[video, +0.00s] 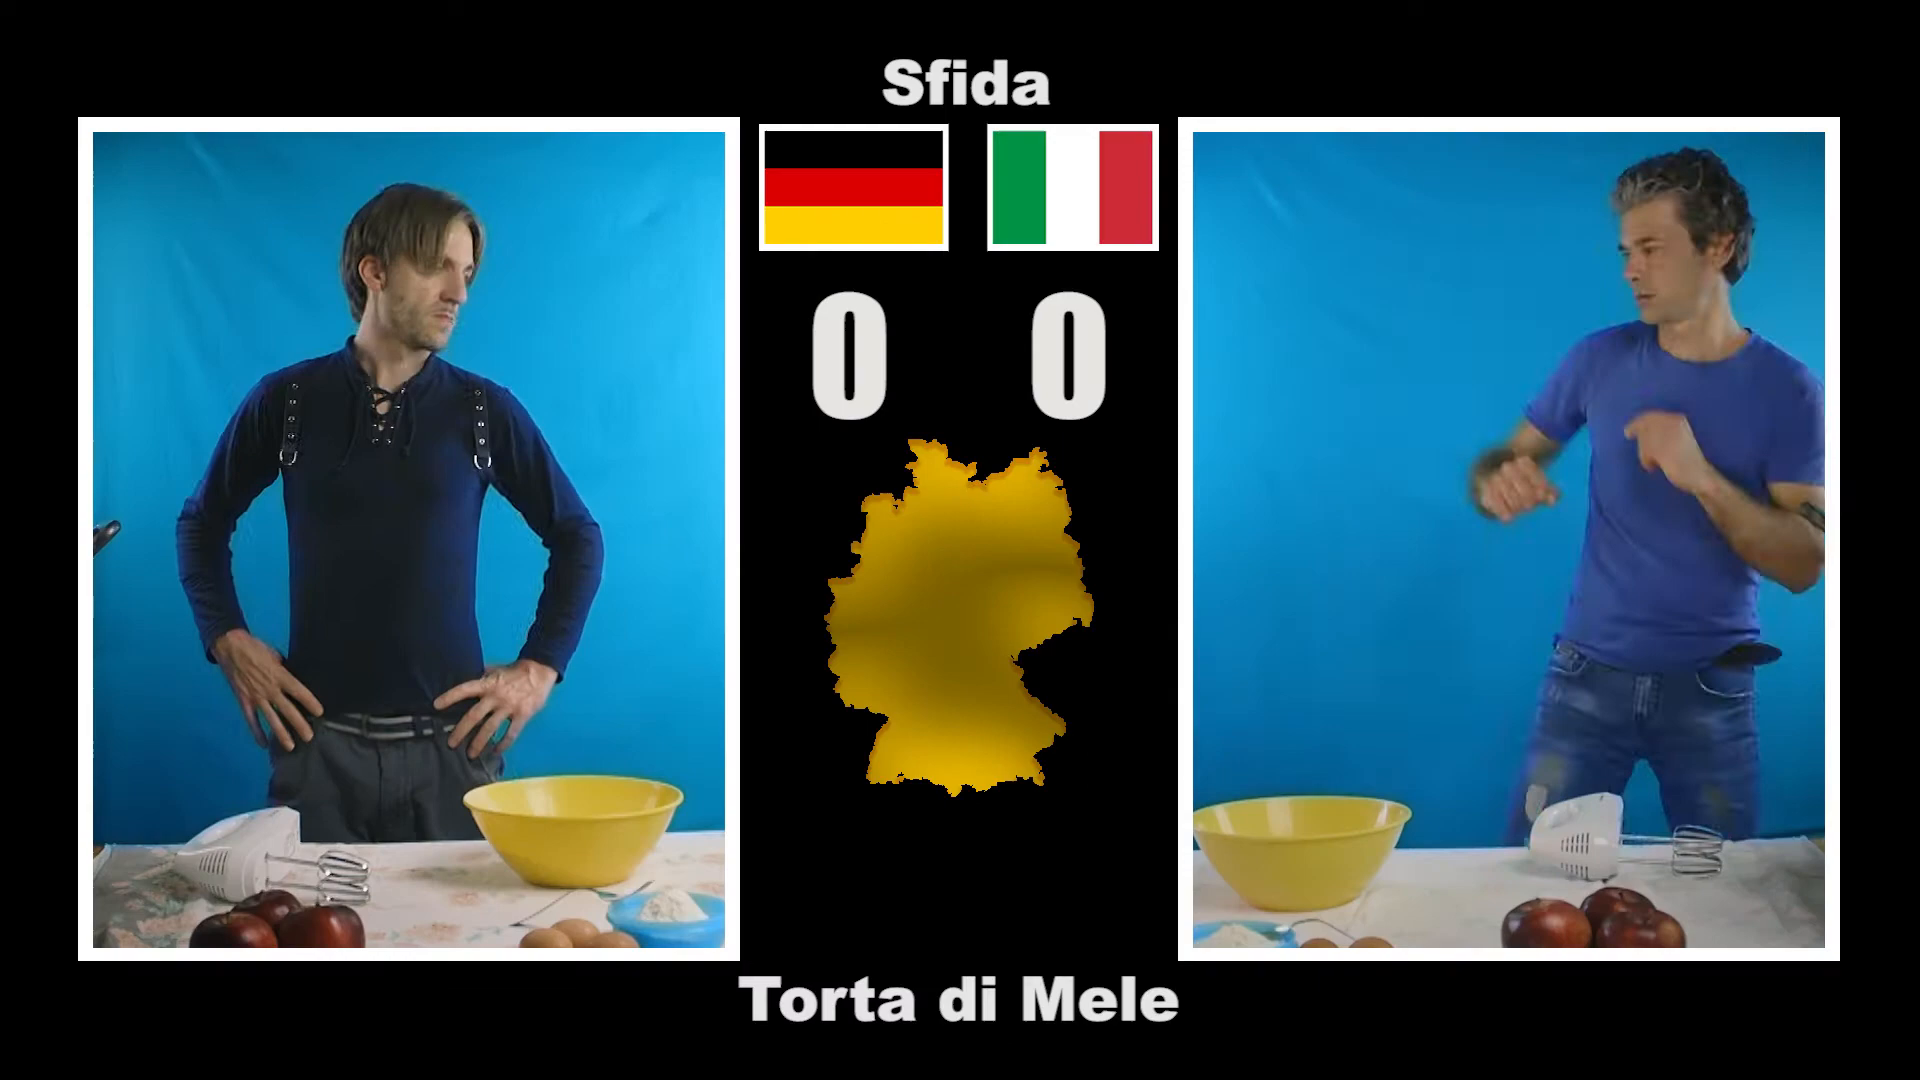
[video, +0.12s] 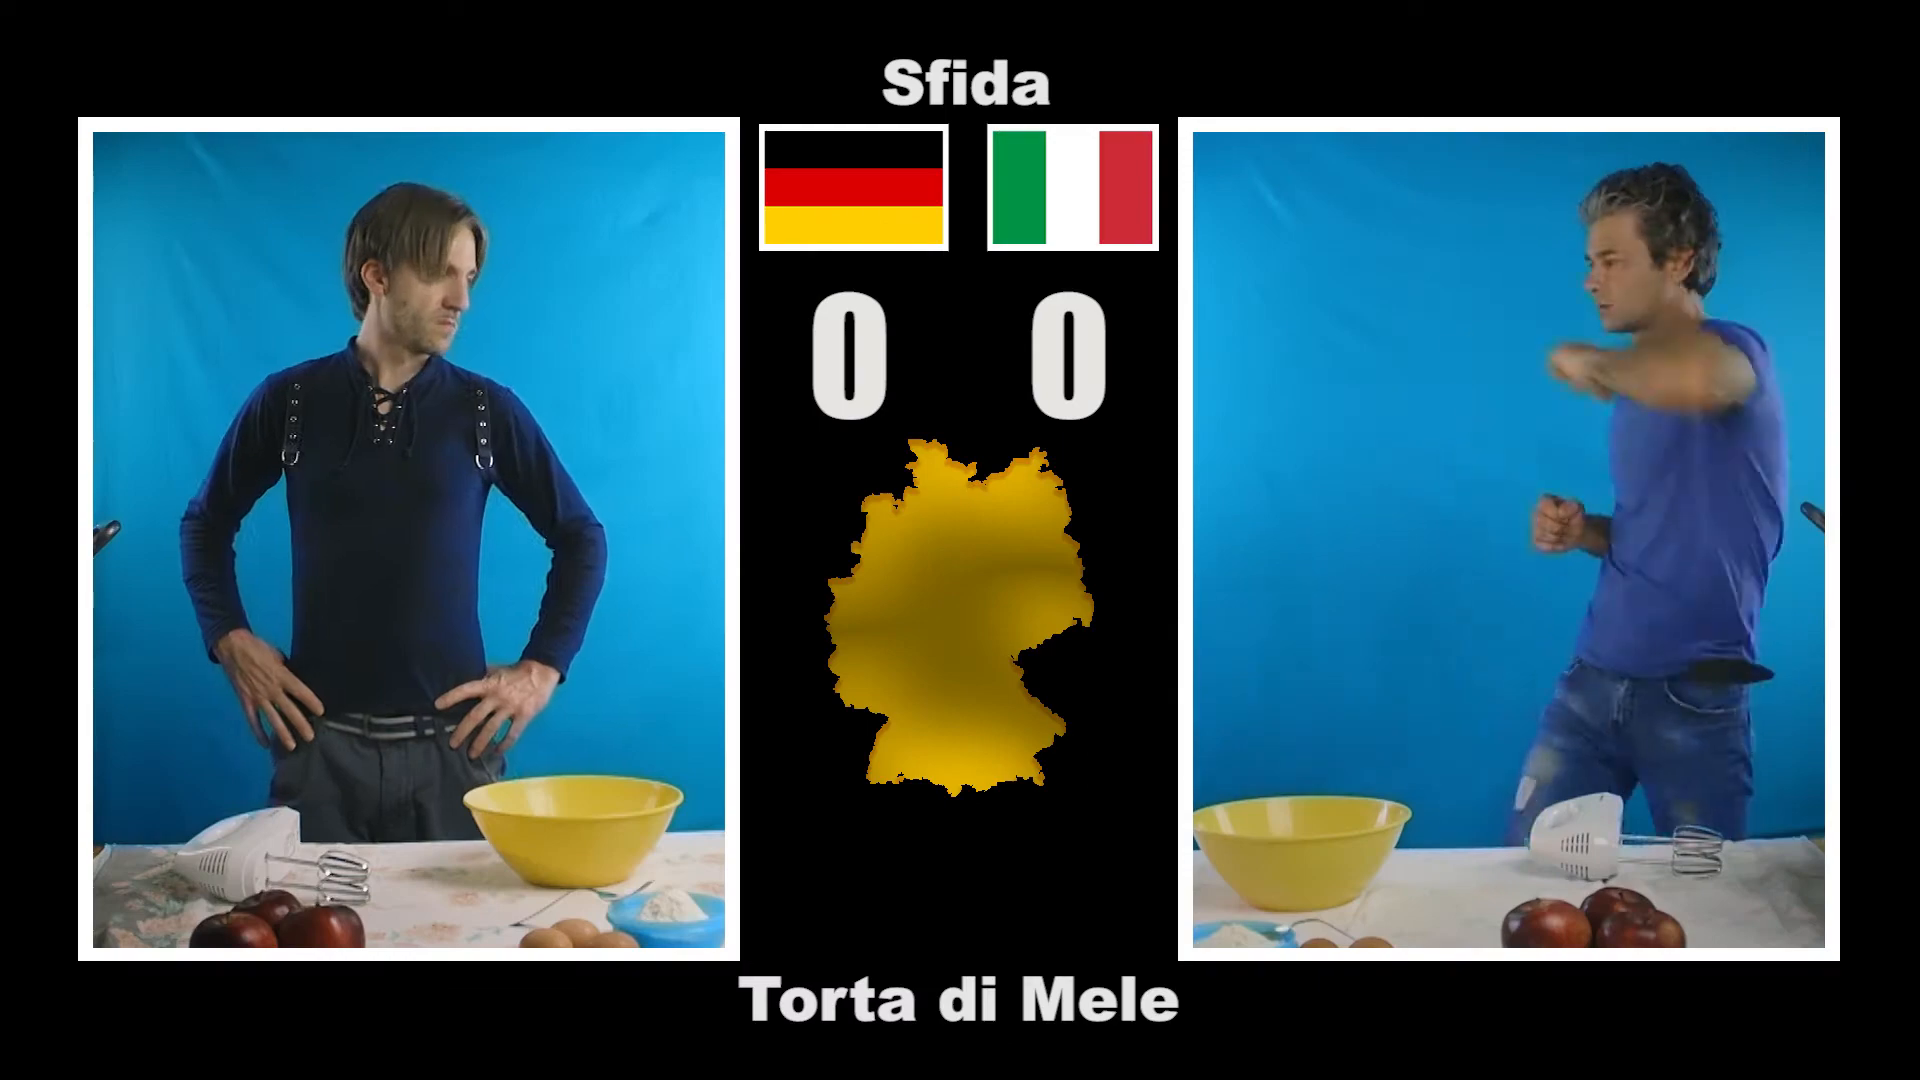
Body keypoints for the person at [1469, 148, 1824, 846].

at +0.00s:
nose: (1631, 270)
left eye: (1650, 248)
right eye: (1626, 252)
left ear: (1721, 248)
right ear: (1621, 256)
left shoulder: (1786, 389)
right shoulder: (1599, 361)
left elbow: (1801, 563)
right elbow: (1503, 461)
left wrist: (1701, 479)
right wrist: (1501, 481)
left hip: (1711, 687)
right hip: (1586, 676)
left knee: (1719, 896)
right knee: (1536, 887)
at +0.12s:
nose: (1592, 281)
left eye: (1611, 261)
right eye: (1592, 263)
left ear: (1678, 263)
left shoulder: (1734, 349)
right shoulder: (1638, 388)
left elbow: (1702, 379)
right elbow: (1662, 541)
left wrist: (1600, 367)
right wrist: (1587, 532)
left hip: (1695, 697)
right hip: (1593, 685)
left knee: (1704, 902)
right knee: (1528, 880)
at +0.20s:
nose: (1581, 290)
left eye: (1594, 264)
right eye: (1579, 268)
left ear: (1661, 267)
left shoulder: (1704, 352)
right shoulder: (1666, 383)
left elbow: (1593, 255)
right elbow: (1696, 539)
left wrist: (1435, 313)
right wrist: (1604, 529)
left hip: (1692, 708)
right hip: (1604, 692)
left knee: (1691, 916)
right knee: (1537, 891)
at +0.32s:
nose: (1576, 306)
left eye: (1587, 284)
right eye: (1574, 288)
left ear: (1649, 272)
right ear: (1651, 273)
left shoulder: (1661, 334)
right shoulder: (1742, 395)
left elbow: (1550, 358)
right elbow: (1768, 557)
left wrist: (1448, 344)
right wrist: (1627, 536)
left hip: (1678, 707)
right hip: (1612, 697)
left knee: (1671, 930)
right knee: (1553, 896)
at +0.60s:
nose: (1576, 301)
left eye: (1590, 280)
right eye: (1574, 284)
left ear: (1656, 277)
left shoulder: (1734, 374)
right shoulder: (1618, 418)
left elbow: (1770, 523)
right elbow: (1647, 561)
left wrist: (1612, 499)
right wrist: (1563, 569)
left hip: (1710, 703)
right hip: (1613, 700)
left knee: (1708, 910)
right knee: (1555, 889)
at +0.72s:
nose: (1611, 298)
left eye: (1628, 276)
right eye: (1606, 281)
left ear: (1693, 270)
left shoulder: (1785, 383)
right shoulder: (1598, 404)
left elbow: (1829, 506)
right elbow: (1544, 506)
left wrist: (1737, 484)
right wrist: (1527, 558)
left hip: (1739, 697)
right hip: (1623, 693)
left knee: (1736, 897)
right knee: (1560, 878)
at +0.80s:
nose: (1639, 294)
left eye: (1657, 273)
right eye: (1630, 277)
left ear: (1721, 268)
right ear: (1623, 279)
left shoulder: (1796, 388)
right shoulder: (1601, 393)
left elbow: (1832, 521)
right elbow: (1510, 495)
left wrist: (1813, 493)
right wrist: (1521, 563)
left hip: (1754, 696)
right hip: (1628, 693)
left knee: (1751, 899)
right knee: (1572, 887)